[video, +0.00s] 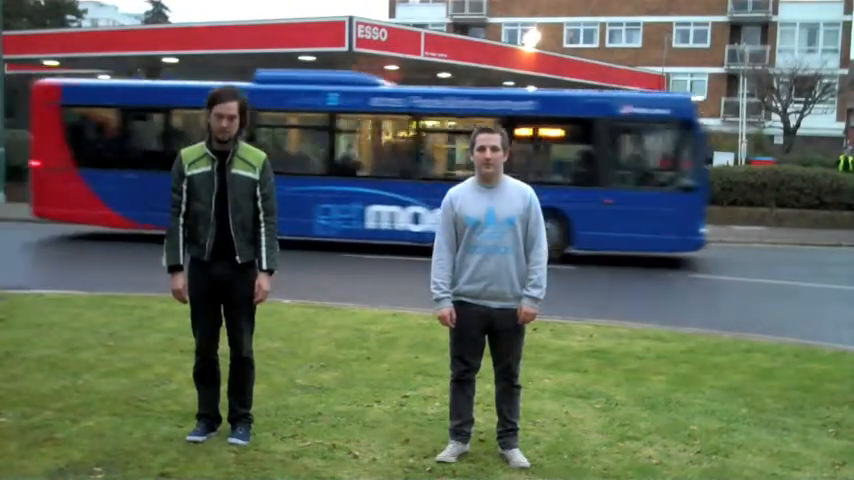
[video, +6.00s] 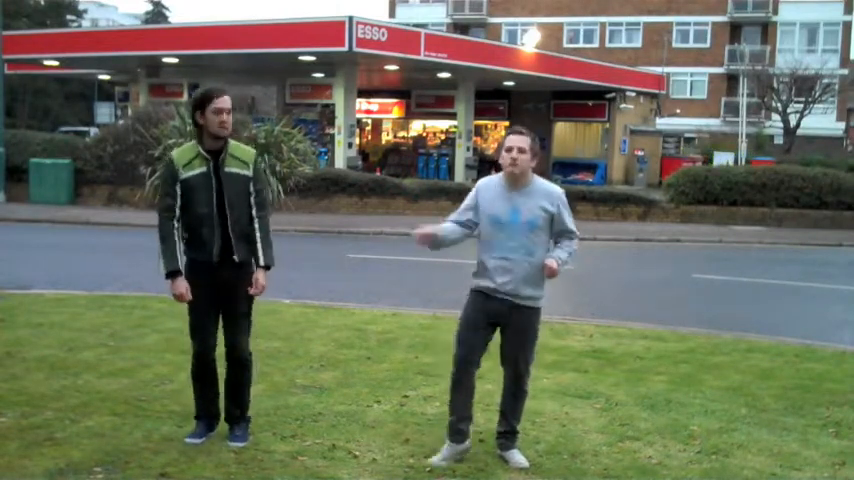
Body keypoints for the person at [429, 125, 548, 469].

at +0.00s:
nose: (487, 155)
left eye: (494, 149)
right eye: (481, 149)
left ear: (505, 155)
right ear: (472, 155)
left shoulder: (524, 195)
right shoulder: (456, 197)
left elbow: (538, 249)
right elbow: (443, 251)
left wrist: (532, 297)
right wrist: (442, 298)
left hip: (510, 305)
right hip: (466, 303)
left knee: (509, 378)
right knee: (462, 376)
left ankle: (509, 444)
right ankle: (458, 440)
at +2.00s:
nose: (487, 162)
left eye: (494, 157)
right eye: (481, 156)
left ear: (505, 164)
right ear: (472, 163)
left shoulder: (527, 204)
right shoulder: (456, 204)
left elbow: (548, 256)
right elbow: (440, 255)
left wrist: (548, 296)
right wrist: (431, 296)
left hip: (515, 307)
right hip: (471, 304)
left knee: (513, 380)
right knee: (457, 370)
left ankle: (508, 444)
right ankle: (453, 438)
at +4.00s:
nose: (478, 179)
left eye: (484, 174)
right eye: (481, 173)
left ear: (503, 182)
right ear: (500, 181)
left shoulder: (544, 217)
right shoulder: (481, 215)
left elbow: (572, 255)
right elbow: (478, 259)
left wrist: (557, 279)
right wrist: (465, 280)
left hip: (532, 318)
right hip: (491, 311)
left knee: (521, 383)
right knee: (448, 360)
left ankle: (508, 445)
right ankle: (458, 436)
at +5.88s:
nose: (513, 153)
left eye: (521, 150)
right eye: (509, 148)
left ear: (534, 159)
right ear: (500, 155)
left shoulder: (552, 197)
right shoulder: (484, 189)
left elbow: (568, 239)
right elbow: (465, 228)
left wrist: (560, 259)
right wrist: (444, 232)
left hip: (527, 300)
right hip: (487, 289)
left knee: (518, 373)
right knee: (452, 343)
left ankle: (507, 444)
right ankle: (452, 422)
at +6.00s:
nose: (514, 156)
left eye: (521, 151)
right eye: (509, 150)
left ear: (533, 158)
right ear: (500, 155)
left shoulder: (552, 195)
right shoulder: (485, 188)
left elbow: (568, 238)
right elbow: (463, 224)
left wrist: (557, 258)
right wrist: (437, 235)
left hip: (526, 300)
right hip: (485, 293)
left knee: (518, 374)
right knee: (463, 362)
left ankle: (507, 444)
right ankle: (457, 440)